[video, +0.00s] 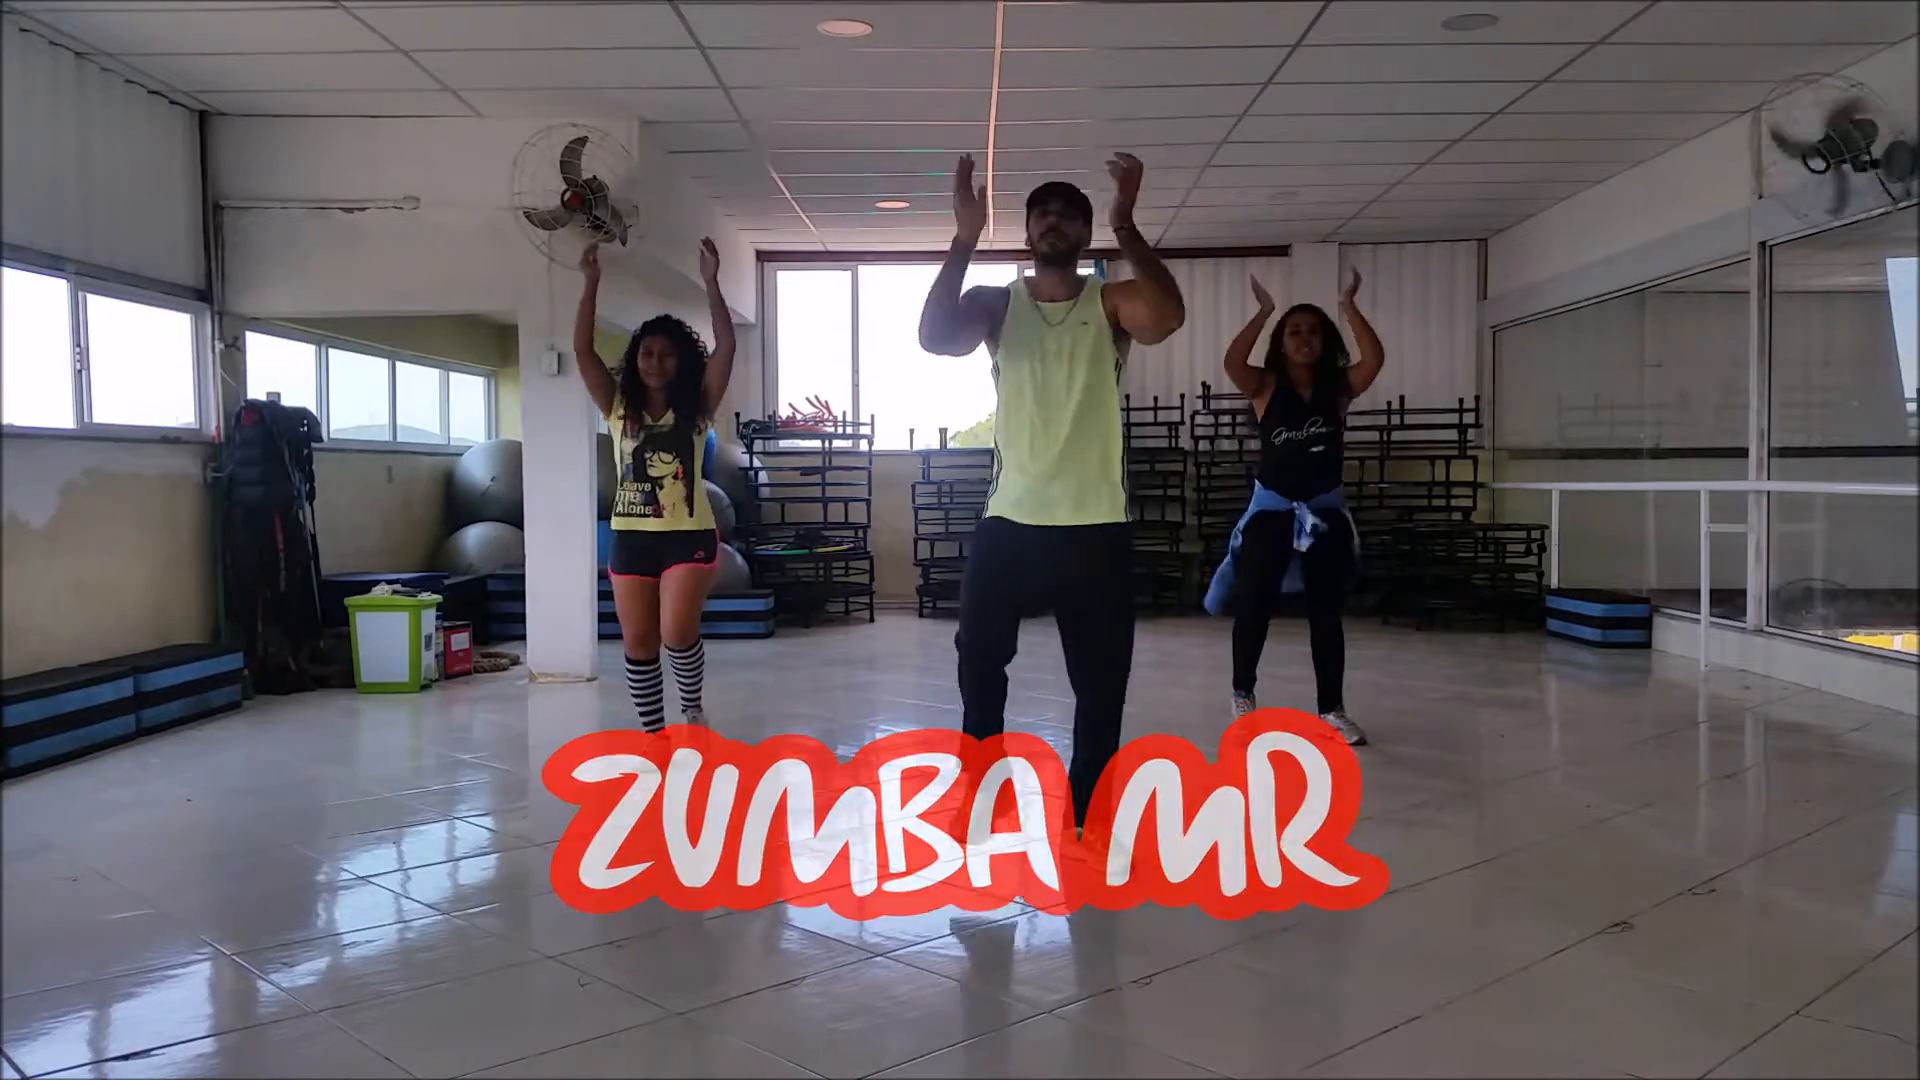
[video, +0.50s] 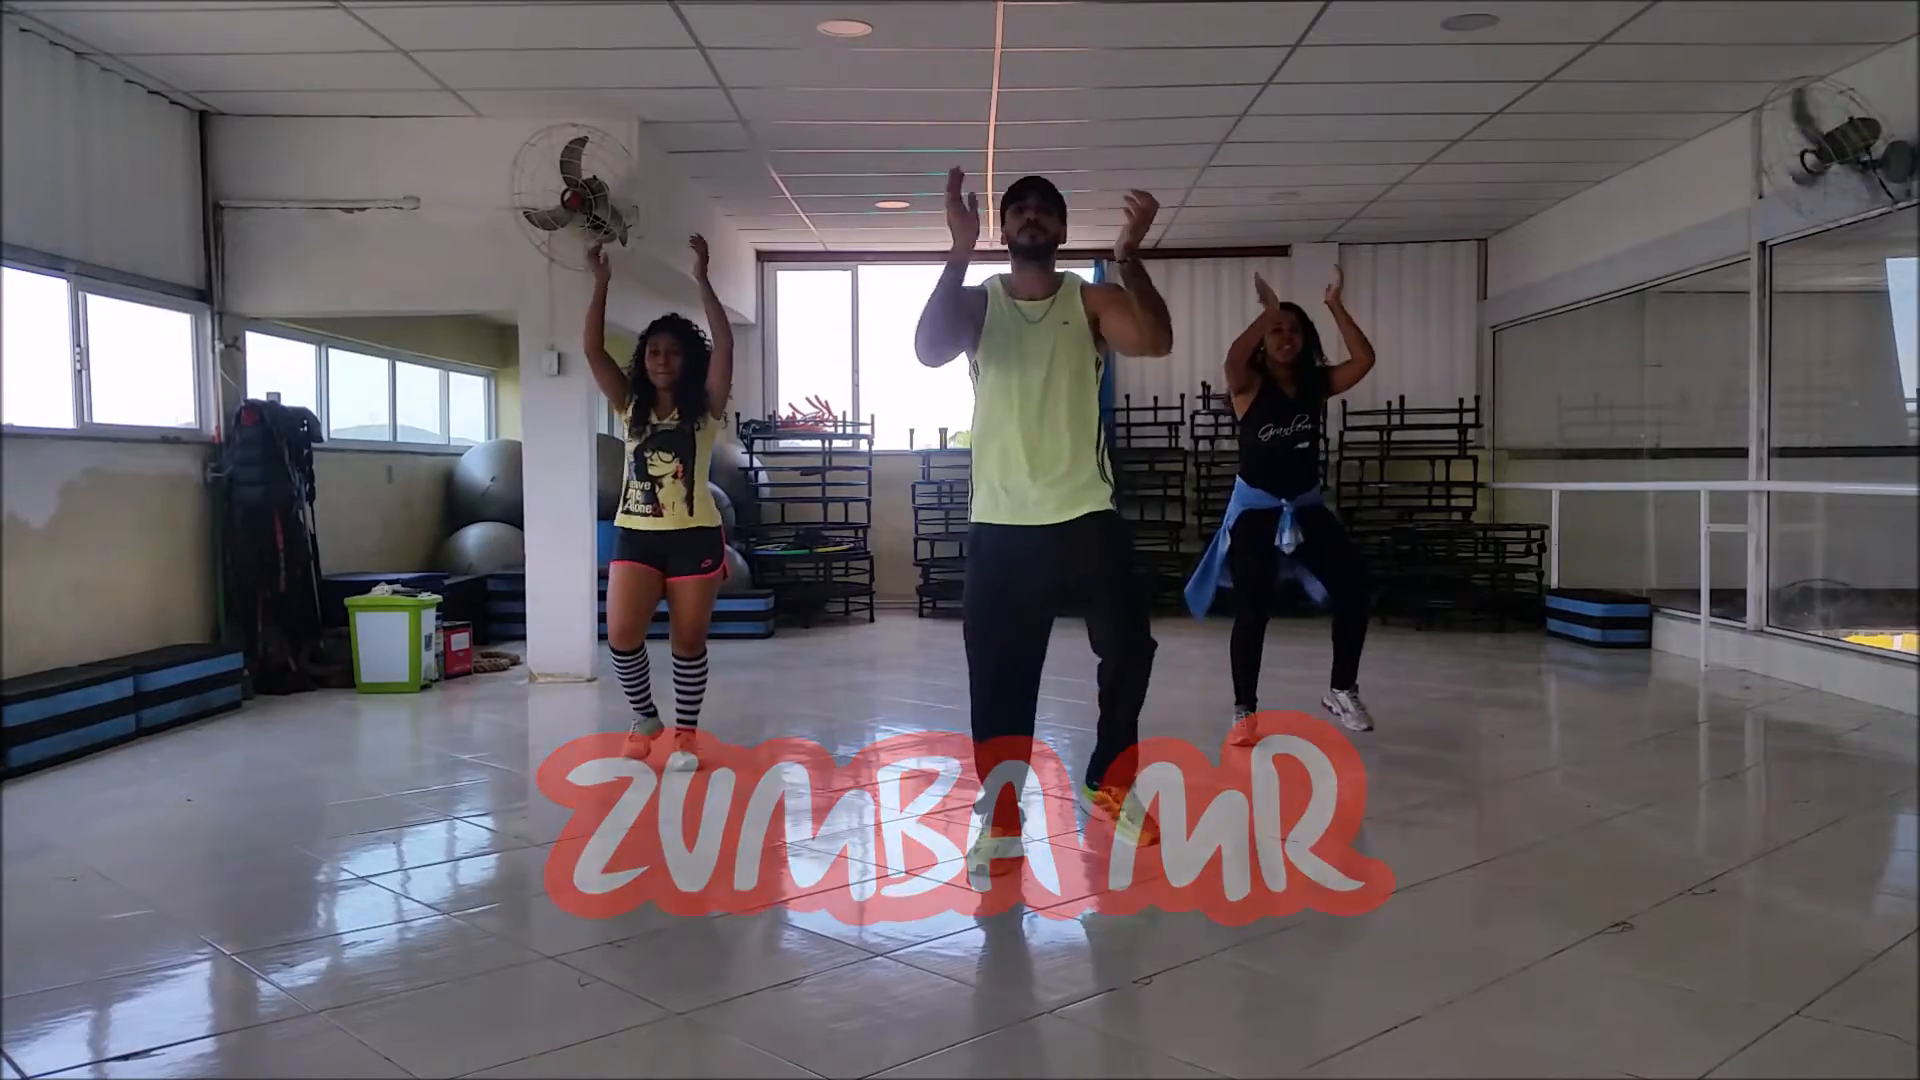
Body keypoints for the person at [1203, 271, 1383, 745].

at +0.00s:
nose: (1304, 339)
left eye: (1313, 332)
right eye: (1295, 333)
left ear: (1326, 341)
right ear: (1280, 342)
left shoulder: (1337, 388)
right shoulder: (1264, 386)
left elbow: (1373, 357)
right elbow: (1233, 363)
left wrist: (1349, 306)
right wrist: (1263, 314)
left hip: (1326, 516)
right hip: (1270, 515)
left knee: (1327, 614)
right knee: (1254, 605)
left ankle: (1332, 712)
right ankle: (1243, 698)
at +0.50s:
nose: (1286, 338)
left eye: (1293, 330)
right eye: (1276, 331)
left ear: (1306, 339)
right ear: (1263, 341)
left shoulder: (1316, 384)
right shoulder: (1247, 386)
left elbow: (1363, 359)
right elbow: (1234, 359)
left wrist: (1336, 307)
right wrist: (1268, 312)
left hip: (1308, 510)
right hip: (1256, 512)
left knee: (1354, 589)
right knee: (1252, 606)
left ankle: (1341, 692)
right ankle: (1245, 711)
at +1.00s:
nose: (1308, 338)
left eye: (1316, 330)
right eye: (1299, 331)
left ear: (1330, 337)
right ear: (1286, 340)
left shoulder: (1342, 387)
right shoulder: (1270, 383)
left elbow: (1368, 366)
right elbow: (1229, 376)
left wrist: (1343, 313)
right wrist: (1272, 327)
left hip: (1329, 512)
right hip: (1274, 511)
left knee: (1329, 613)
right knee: (1256, 607)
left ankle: (1333, 715)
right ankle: (1240, 700)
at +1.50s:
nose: (1279, 335)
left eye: (1287, 329)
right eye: (1269, 329)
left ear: (1300, 339)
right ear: (1254, 339)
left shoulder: (1315, 390)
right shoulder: (1235, 387)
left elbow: (1350, 438)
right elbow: (1195, 444)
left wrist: (1362, 460)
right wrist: (1220, 476)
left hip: (1308, 511)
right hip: (1251, 512)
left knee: (1348, 598)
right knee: (1245, 611)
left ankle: (1365, 700)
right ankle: (1234, 715)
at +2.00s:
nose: (1306, 350)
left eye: (1315, 343)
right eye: (1297, 342)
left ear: (1327, 352)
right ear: (1282, 351)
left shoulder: (1347, 403)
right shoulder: (1263, 403)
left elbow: (1366, 469)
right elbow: (1241, 470)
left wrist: (1388, 531)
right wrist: (1228, 534)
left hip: (1342, 523)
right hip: (1283, 524)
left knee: (1364, 620)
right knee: (1257, 621)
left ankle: (1381, 717)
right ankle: (1224, 715)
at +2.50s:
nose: (1301, 356)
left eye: (1310, 350)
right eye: (1292, 349)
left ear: (1321, 359)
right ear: (1276, 357)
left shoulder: (1339, 411)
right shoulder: (1256, 408)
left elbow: (1360, 478)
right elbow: (1232, 475)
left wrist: (1380, 538)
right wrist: (1214, 538)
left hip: (1331, 530)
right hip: (1271, 531)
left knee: (1369, 617)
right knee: (1248, 621)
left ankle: (1382, 716)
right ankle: (1221, 716)